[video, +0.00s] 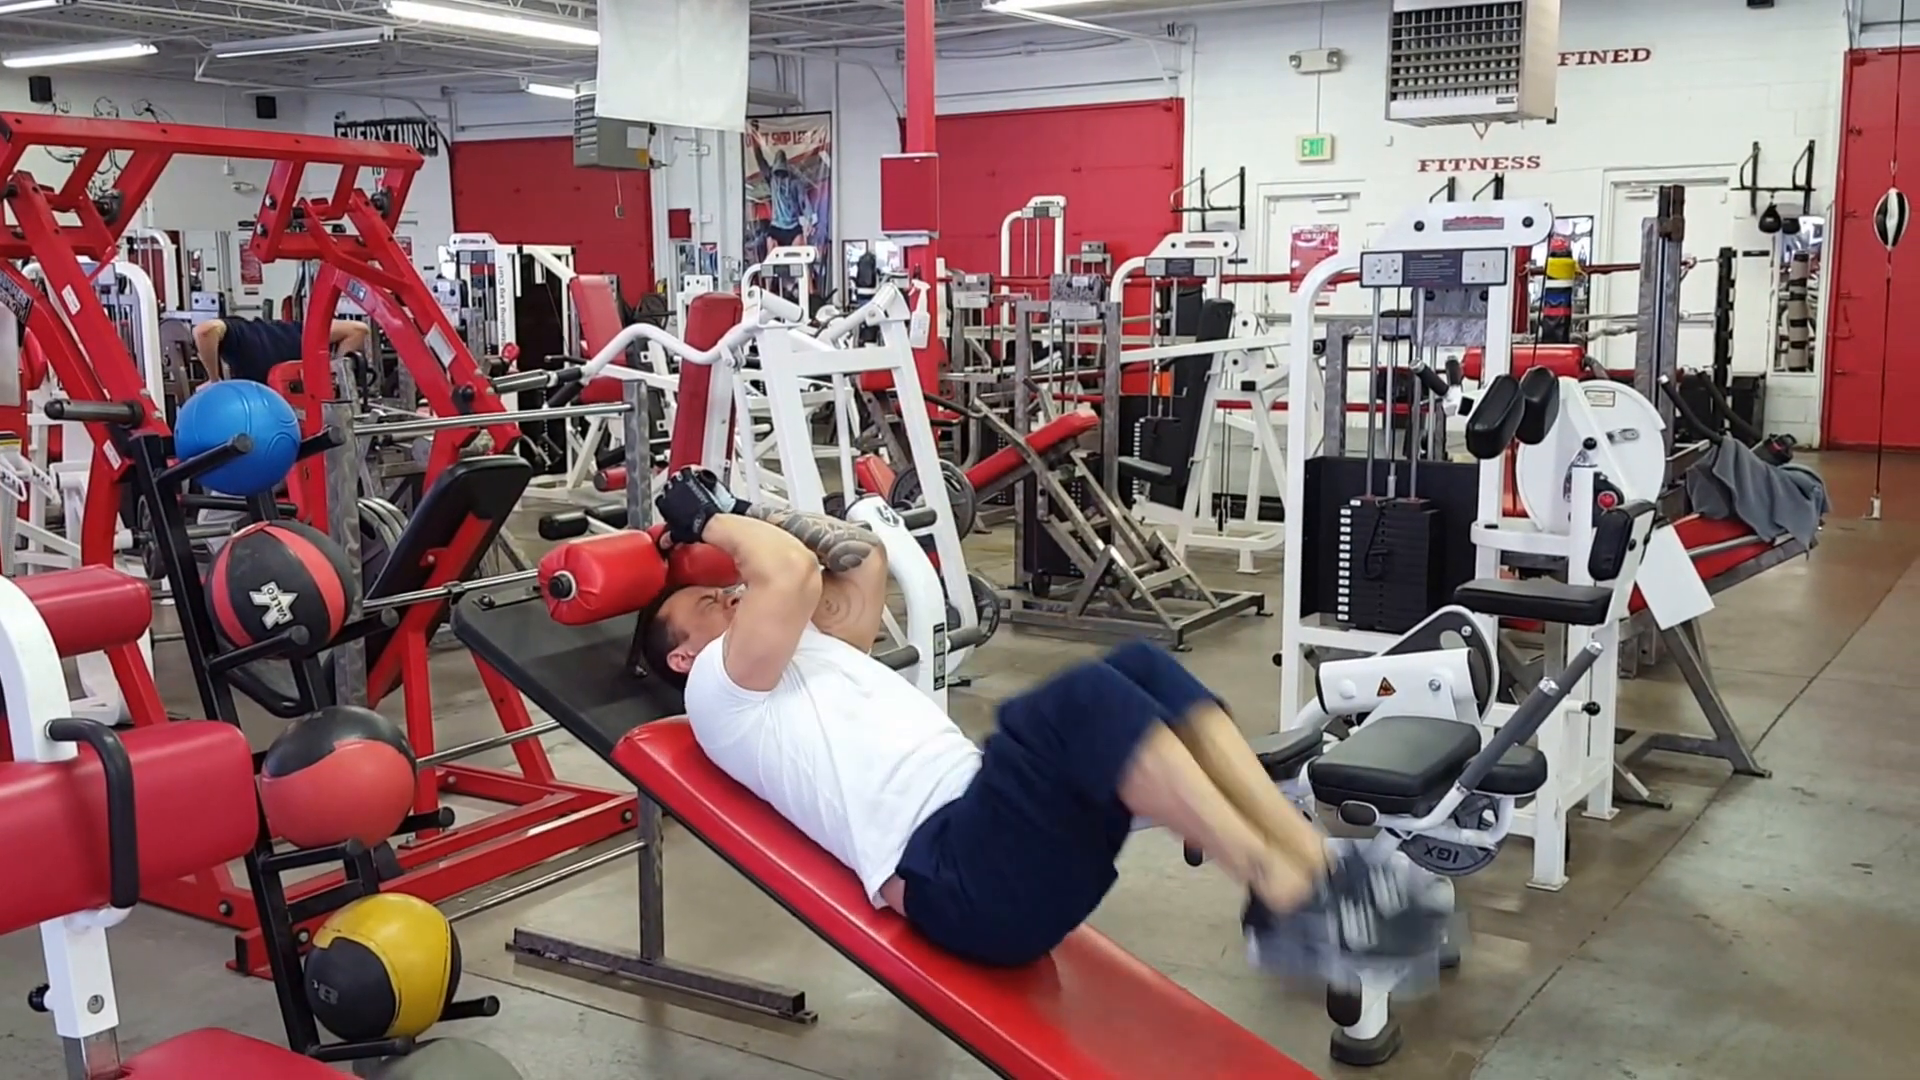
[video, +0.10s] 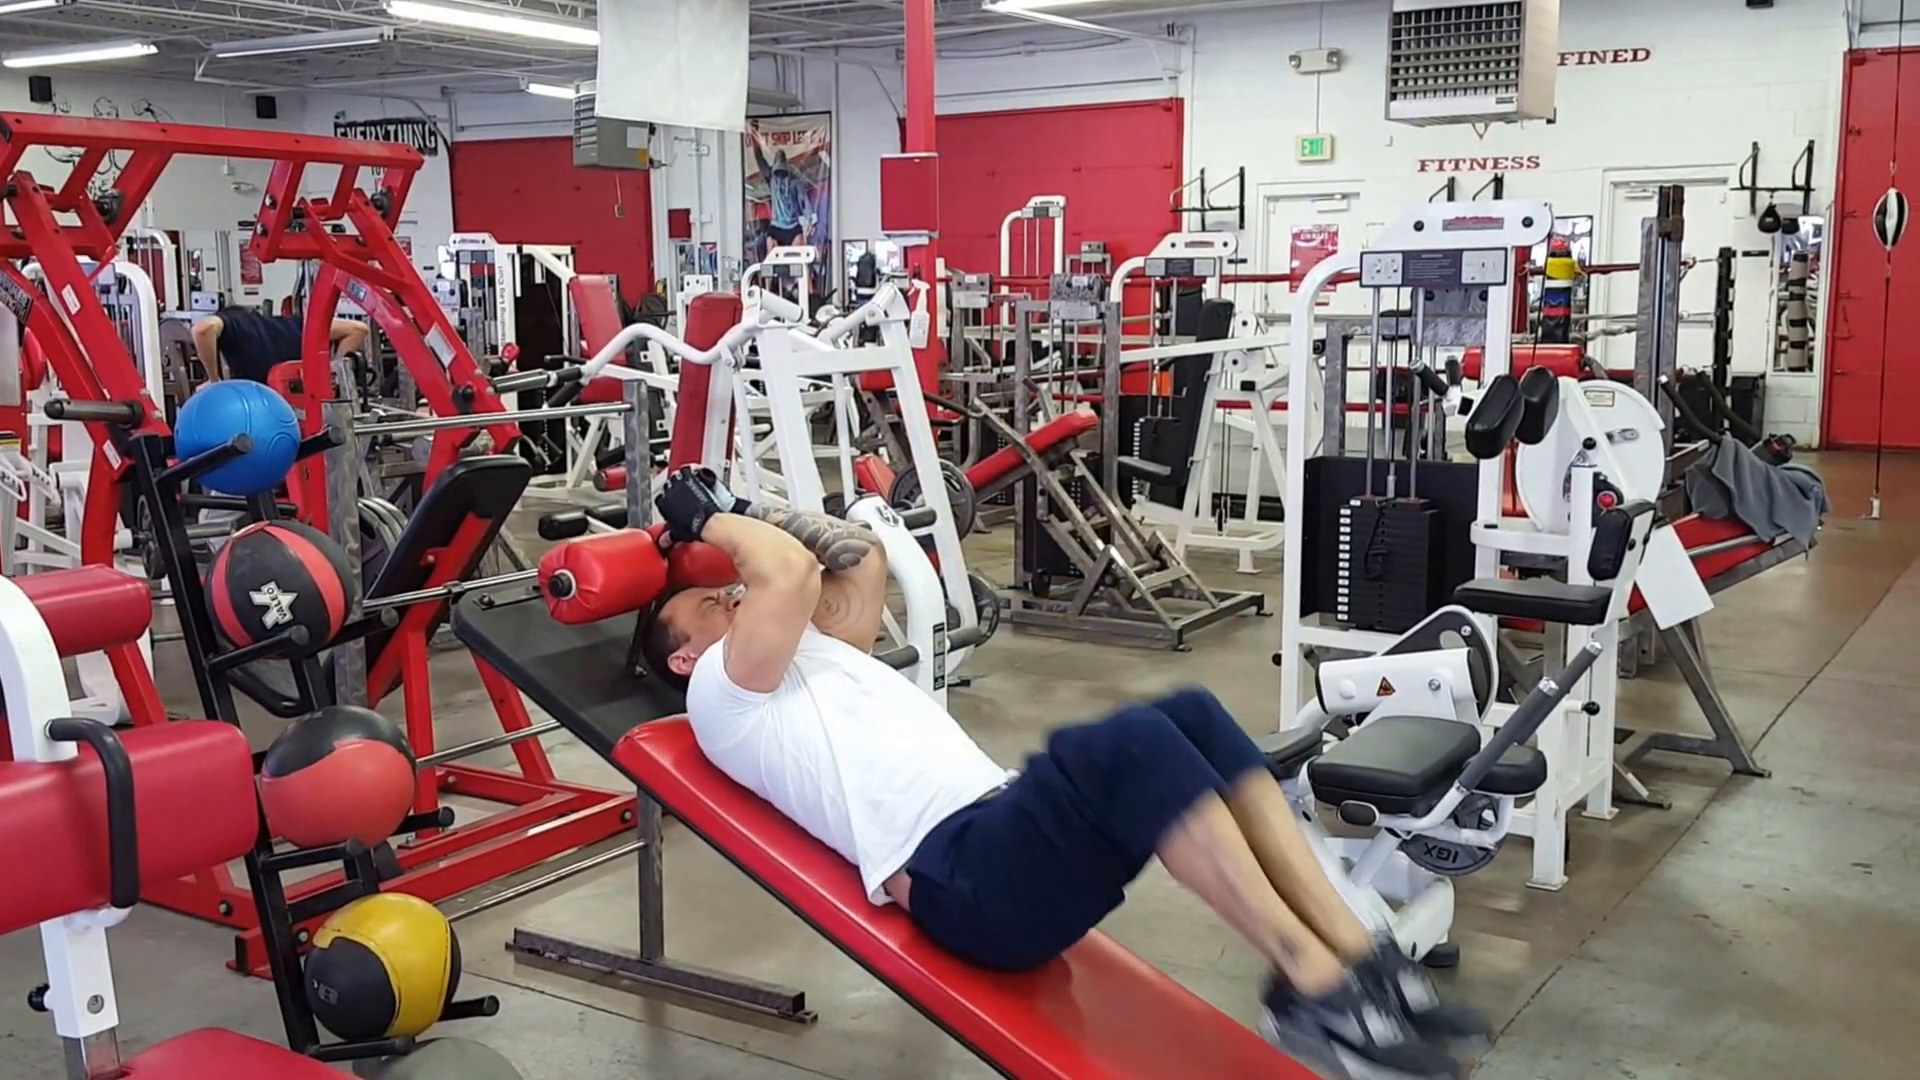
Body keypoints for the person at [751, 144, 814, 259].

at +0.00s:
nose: (780, 176)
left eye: (782, 172)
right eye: (778, 173)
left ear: (786, 169)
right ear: (774, 170)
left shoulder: (796, 182)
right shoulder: (772, 180)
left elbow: (804, 203)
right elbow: (761, 162)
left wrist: (809, 221)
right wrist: (756, 143)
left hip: (794, 225)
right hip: (776, 225)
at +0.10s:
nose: (780, 176)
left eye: (783, 173)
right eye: (777, 174)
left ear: (786, 169)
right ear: (774, 171)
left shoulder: (796, 182)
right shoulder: (771, 180)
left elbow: (804, 203)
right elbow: (760, 161)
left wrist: (810, 221)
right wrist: (756, 143)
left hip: (794, 225)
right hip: (776, 224)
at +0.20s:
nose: (780, 176)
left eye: (782, 173)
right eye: (777, 173)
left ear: (786, 169)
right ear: (773, 170)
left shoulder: (796, 182)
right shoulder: (771, 180)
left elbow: (804, 203)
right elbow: (761, 162)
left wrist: (809, 221)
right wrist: (756, 143)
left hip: (794, 225)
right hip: (775, 225)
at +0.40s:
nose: (779, 175)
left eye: (782, 173)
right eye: (777, 173)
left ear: (787, 169)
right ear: (773, 171)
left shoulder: (796, 182)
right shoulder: (771, 180)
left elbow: (804, 203)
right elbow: (761, 163)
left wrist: (808, 221)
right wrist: (755, 144)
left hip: (793, 225)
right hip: (775, 224)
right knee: (769, 239)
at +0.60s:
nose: (779, 175)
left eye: (782, 173)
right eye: (777, 173)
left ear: (786, 169)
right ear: (773, 171)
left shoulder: (795, 182)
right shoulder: (771, 180)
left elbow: (803, 202)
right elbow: (761, 163)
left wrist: (809, 220)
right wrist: (755, 144)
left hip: (793, 225)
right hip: (775, 224)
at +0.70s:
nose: (779, 175)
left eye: (782, 172)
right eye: (777, 172)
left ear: (786, 168)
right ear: (773, 170)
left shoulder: (795, 181)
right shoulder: (771, 180)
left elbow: (803, 203)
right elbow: (760, 163)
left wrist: (808, 221)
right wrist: (755, 143)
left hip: (793, 225)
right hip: (775, 224)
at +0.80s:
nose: (779, 175)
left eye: (782, 172)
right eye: (777, 172)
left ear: (786, 168)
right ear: (773, 170)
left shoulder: (795, 181)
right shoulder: (771, 180)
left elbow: (804, 203)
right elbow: (760, 162)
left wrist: (808, 221)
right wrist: (755, 143)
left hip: (793, 225)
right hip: (775, 225)